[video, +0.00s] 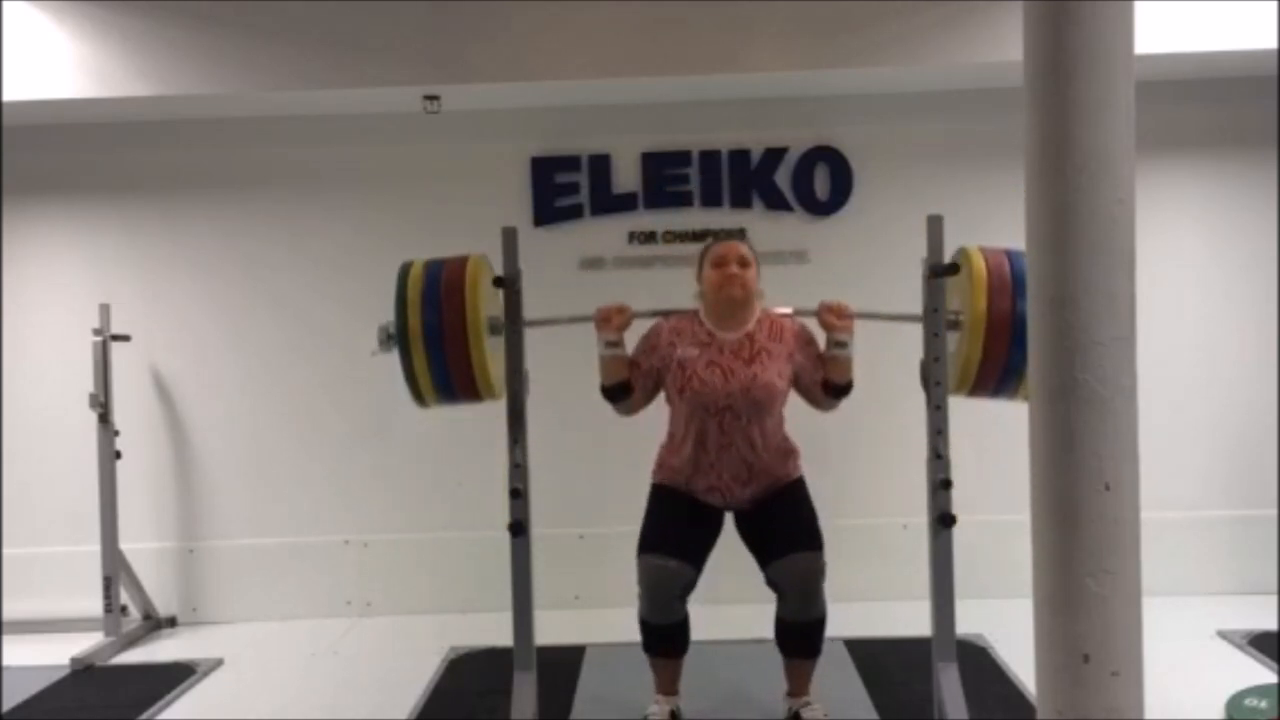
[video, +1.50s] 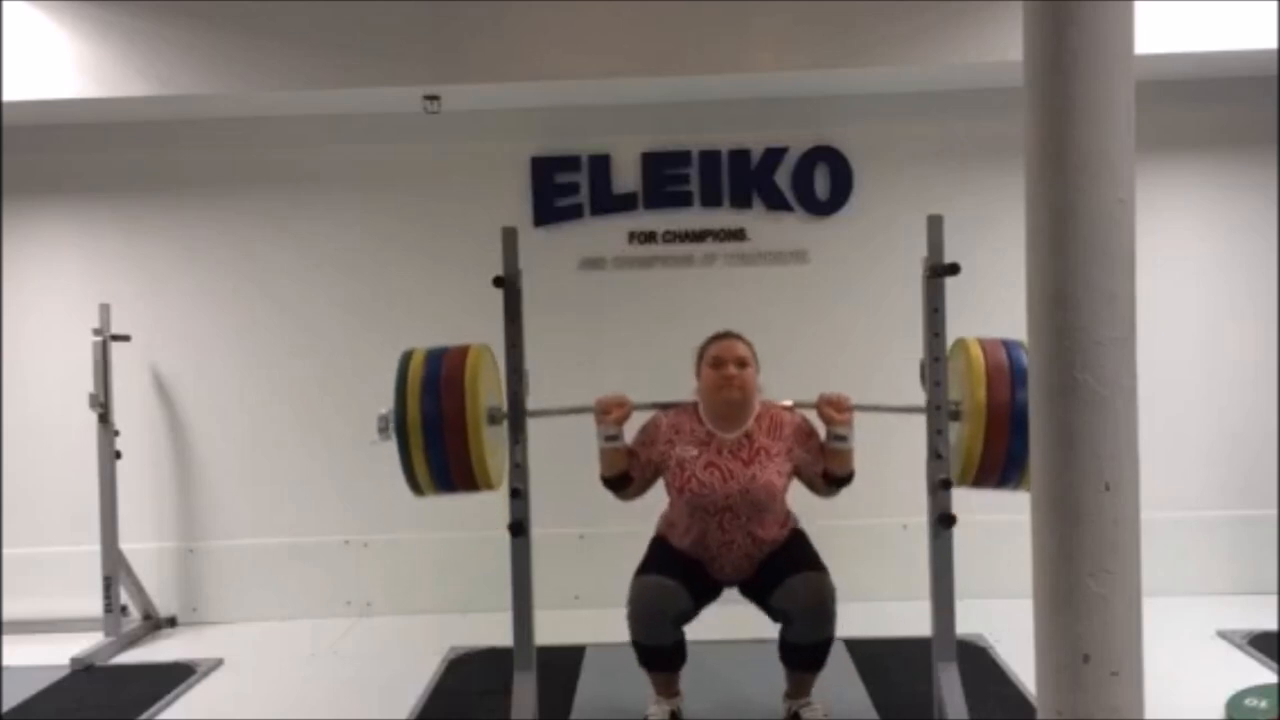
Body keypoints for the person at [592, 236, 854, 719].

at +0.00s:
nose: (731, 271)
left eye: (742, 264)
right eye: (719, 264)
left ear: (758, 279)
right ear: (700, 280)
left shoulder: (786, 333)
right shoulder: (671, 334)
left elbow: (827, 397)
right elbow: (626, 400)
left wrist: (840, 341)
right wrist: (610, 341)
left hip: (770, 478)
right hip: (686, 480)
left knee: (803, 579)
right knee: (660, 584)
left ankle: (800, 700)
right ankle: (665, 702)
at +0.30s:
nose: (729, 217)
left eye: (740, 209)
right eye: (716, 210)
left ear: (757, 225)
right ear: (698, 225)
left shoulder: (783, 280)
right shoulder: (670, 282)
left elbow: (828, 345)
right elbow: (623, 348)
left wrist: (838, 286)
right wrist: (609, 286)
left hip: (769, 458)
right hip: (689, 460)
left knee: (782, 580)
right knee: (679, 582)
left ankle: (800, 697)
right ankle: (666, 699)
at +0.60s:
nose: (729, 276)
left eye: (740, 268)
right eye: (717, 268)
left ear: (756, 281)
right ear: (699, 283)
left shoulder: (783, 336)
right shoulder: (671, 338)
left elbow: (824, 399)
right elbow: (625, 400)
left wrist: (837, 344)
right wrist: (610, 342)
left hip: (766, 479)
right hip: (685, 481)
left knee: (805, 578)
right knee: (657, 584)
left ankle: (801, 699)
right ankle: (665, 702)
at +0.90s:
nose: (731, 371)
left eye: (742, 363)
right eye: (718, 363)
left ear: (757, 376)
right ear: (700, 377)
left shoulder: (786, 428)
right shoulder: (671, 428)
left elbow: (829, 491)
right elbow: (627, 491)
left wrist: (840, 435)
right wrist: (612, 435)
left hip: (770, 553)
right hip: (686, 554)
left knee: (818, 603)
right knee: (644, 608)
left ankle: (801, 703)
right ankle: (666, 705)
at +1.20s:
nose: (733, 418)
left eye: (744, 409)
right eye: (720, 409)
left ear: (759, 419)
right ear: (701, 421)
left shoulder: (789, 472)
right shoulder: (671, 471)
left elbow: (830, 533)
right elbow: (630, 534)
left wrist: (841, 476)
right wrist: (613, 476)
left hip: (770, 600)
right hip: (689, 601)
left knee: (824, 625)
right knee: (637, 629)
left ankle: (801, 703)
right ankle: (666, 705)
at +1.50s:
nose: (730, 372)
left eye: (741, 364)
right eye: (717, 364)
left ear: (756, 378)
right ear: (698, 379)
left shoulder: (785, 426)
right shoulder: (669, 427)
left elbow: (829, 484)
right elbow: (626, 488)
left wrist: (840, 433)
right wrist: (609, 435)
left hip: (770, 546)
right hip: (687, 548)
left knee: (813, 602)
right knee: (650, 608)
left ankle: (799, 702)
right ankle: (666, 703)